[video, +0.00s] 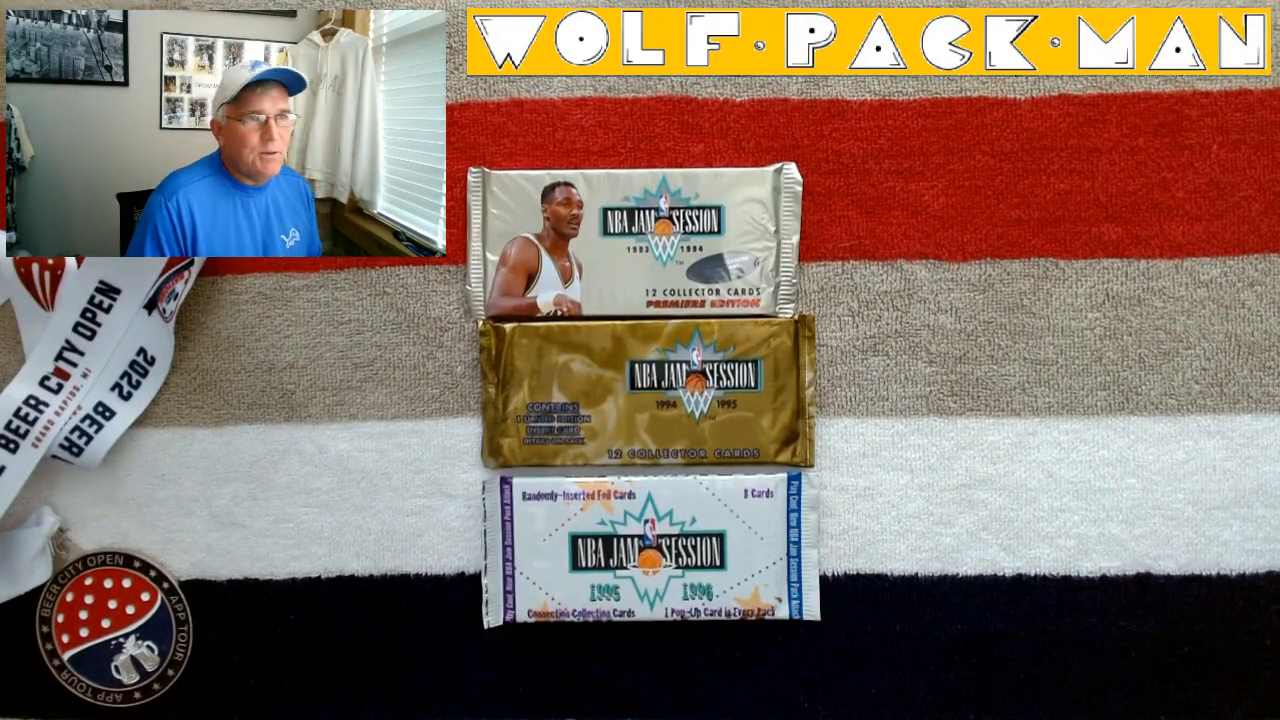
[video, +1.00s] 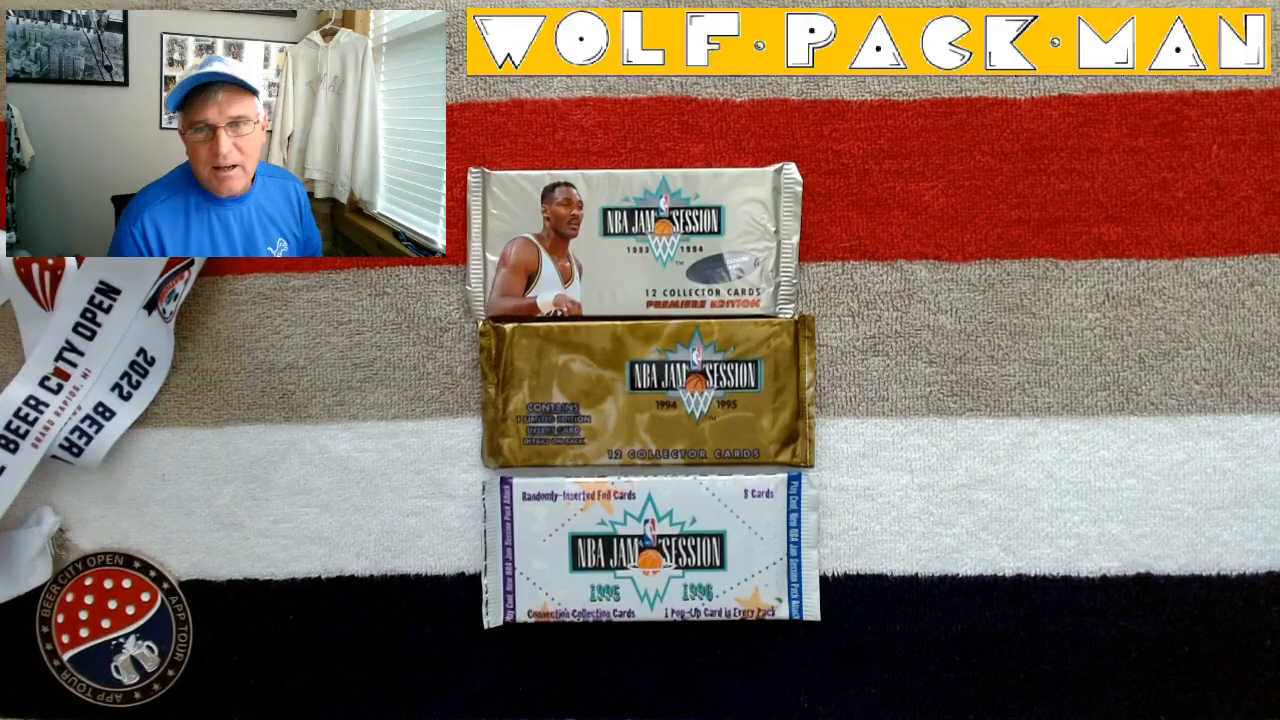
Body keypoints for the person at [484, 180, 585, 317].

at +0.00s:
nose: (576, 213)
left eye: (580, 206)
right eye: (566, 205)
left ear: (583, 211)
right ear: (545, 211)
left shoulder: (575, 265)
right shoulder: (521, 249)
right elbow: (495, 307)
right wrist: (550, 301)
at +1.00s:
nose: (576, 213)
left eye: (580, 207)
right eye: (566, 205)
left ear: (583, 212)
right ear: (545, 211)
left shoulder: (575, 266)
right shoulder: (521, 250)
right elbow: (495, 307)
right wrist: (550, 301)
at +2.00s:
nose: (576, 213)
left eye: (580, 206)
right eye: (566, 204)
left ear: (583, 211)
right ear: (546, 211)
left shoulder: (575, 266)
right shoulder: (521, 249)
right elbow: (495, 307)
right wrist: (551, 300)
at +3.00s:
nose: (576, 213)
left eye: (580, 207)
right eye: (566, 205)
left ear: (583, 211)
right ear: (545, 211)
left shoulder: (575, 266)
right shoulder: (521, 249)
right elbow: (494, 307)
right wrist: (550, 301)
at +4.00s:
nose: (576, 213)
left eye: (580, 207)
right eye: (566, 205)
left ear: (583, 211)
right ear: (545, 211)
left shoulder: (575, 266)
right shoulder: (521, 250)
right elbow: (495, 307)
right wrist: (550, 301)